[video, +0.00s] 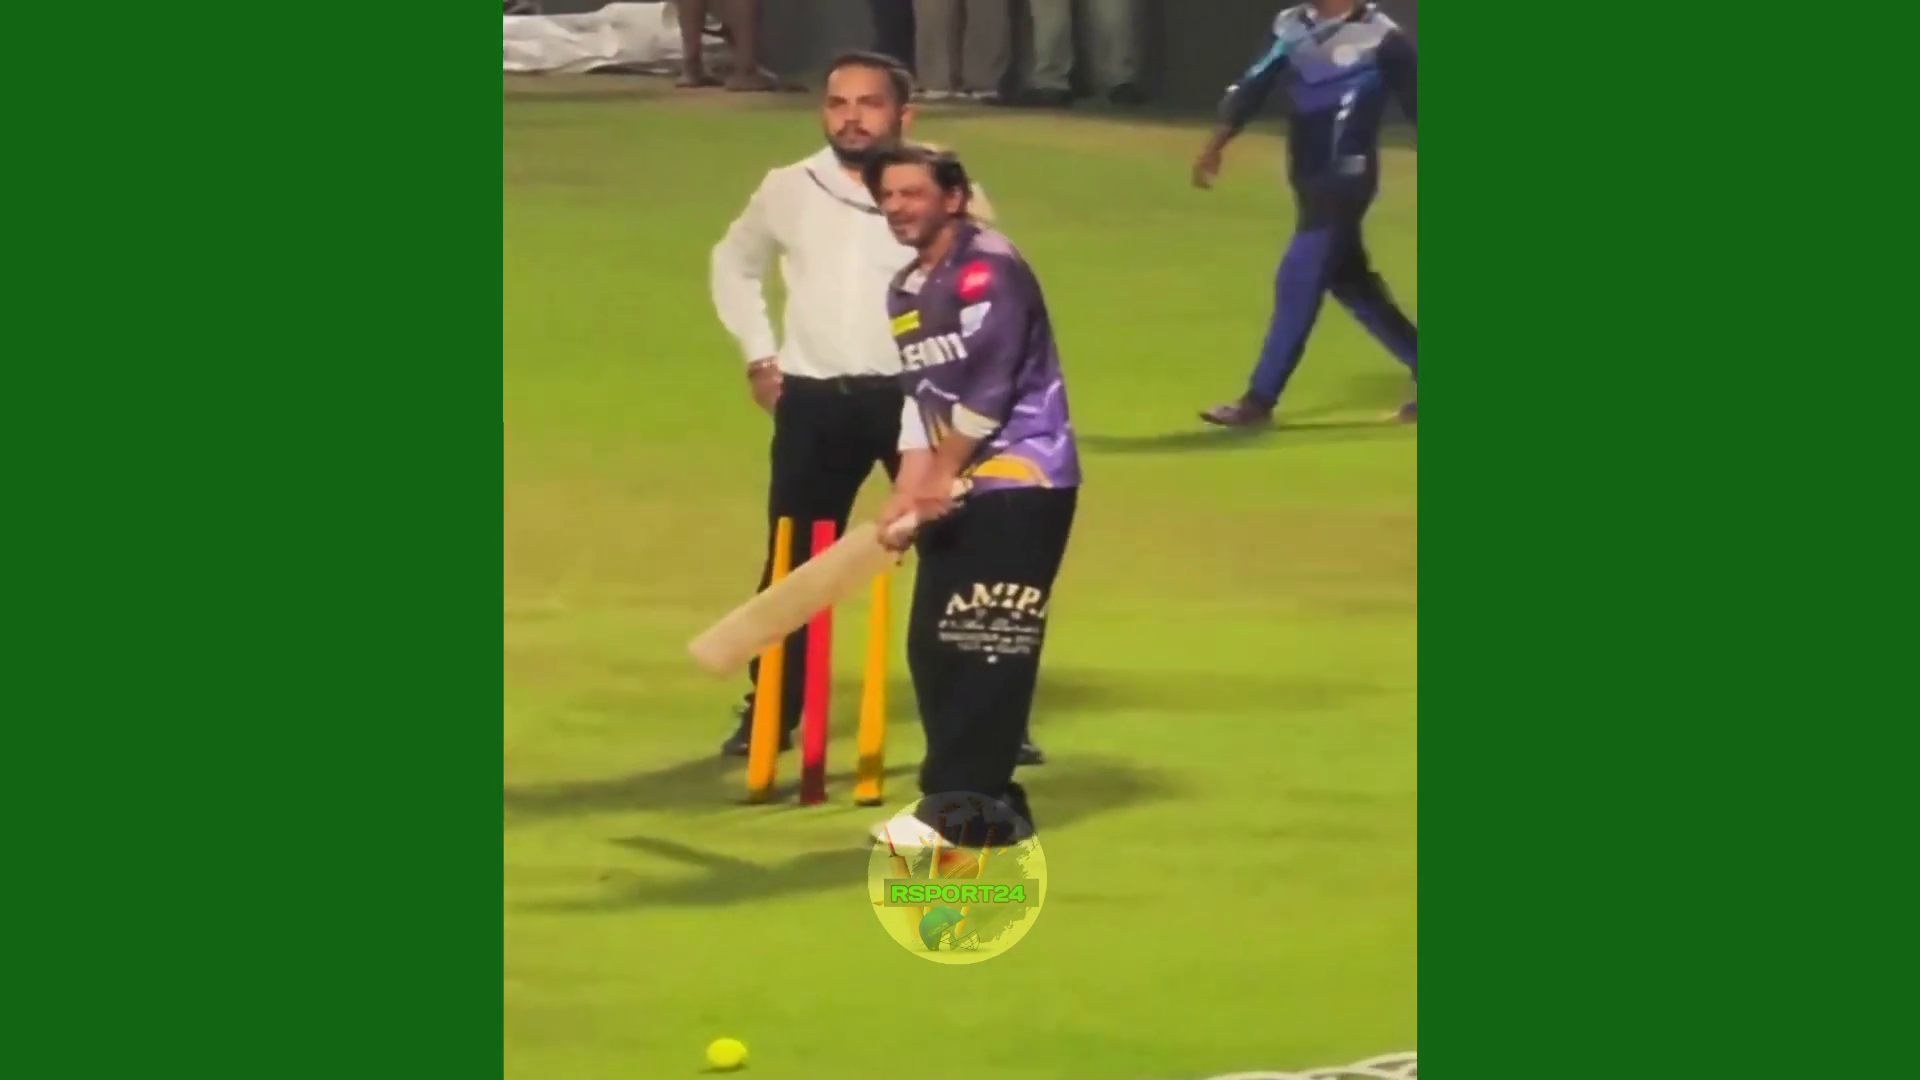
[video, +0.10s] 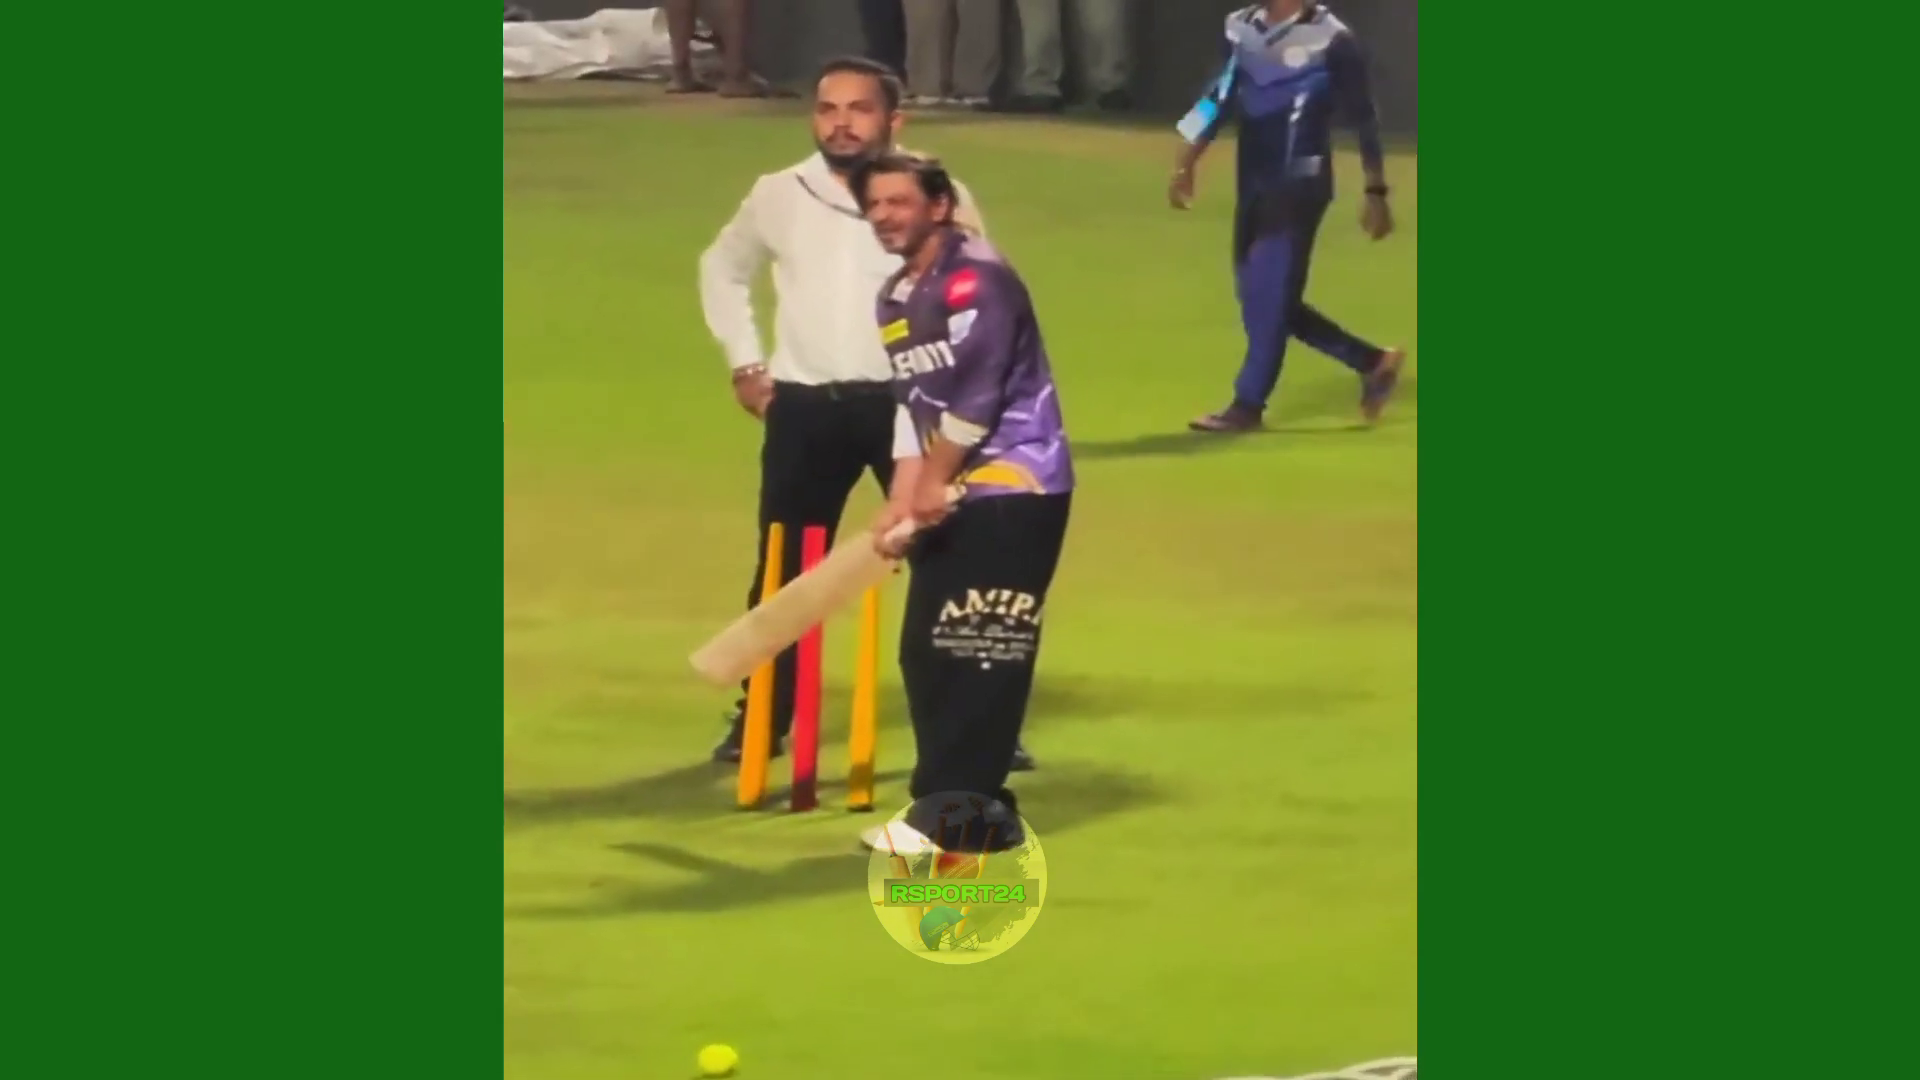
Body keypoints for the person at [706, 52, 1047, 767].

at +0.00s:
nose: (852, 118)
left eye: (870, 104)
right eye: (839, 104)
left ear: (902, 113)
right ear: (823, 112)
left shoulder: (934, 188)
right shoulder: (786, 190)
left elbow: (989, 285)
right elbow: (732, 264)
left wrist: (965, 394)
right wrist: (758, 353)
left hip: (916, 402)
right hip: (814, 402)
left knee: (963, 572)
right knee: (791, 568)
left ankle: (993, 725)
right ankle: (771, 715)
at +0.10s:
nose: (842, 123)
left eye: (859, 110)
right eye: (829, 109)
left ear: (891, 119)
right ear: (813, 118)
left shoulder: (929, 191)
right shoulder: (777, 197)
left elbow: (982, 294)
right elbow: (721, 269)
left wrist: (960, 401)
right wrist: (744, 363)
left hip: (908, 409)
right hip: (805, 409)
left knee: (955, 580)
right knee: (783, 576)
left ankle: (980, 733)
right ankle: (762, 721)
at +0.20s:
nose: (835, 128)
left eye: (853, 115)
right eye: (822, 115)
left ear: (886, 124)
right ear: (807, 123)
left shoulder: (926, 197)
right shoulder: (770, 202)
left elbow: (977, 301)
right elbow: (713, 275)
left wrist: (955, 403)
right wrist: (736, 370)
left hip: (902, 414)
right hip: (799, 415)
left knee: (950, 587)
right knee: (777, 580)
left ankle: (975, 739)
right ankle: (756, 727)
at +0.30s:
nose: (835, 130)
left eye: (852, 116)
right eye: (821, 117)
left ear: (884, 126)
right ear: (805, 125)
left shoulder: (931, 202)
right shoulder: (769, 205)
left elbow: (975, 307)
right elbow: (712, 278)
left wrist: (954, 409)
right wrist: (735, 371)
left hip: (902, 418)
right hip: (798, 417)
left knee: (948, 593)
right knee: (776, 584)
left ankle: (973, 746)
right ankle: (755, 734)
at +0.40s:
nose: (827, 139)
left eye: (844, 125)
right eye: (814, 125)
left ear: (876, 134)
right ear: (798, 134)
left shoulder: (924, 211)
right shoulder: (760, 214)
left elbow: (970, 321)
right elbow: (704, 288)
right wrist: (729, 381)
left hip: (893, 428)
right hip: (790, 428)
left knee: (943, 604)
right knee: (768, 595)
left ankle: (970, 754)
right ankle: (747, 746)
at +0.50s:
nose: (837, 139)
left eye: (853, 126)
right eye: (822, 126)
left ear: (880, 135)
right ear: (804, 135)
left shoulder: (927, 212)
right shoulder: (765, 216)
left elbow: (973, 324)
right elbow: (708, 290)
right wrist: (733, 383)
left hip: (900, 430)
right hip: (794, 429)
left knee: (945, 603)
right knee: (772, 598)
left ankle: (974, 755)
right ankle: (752, 747)